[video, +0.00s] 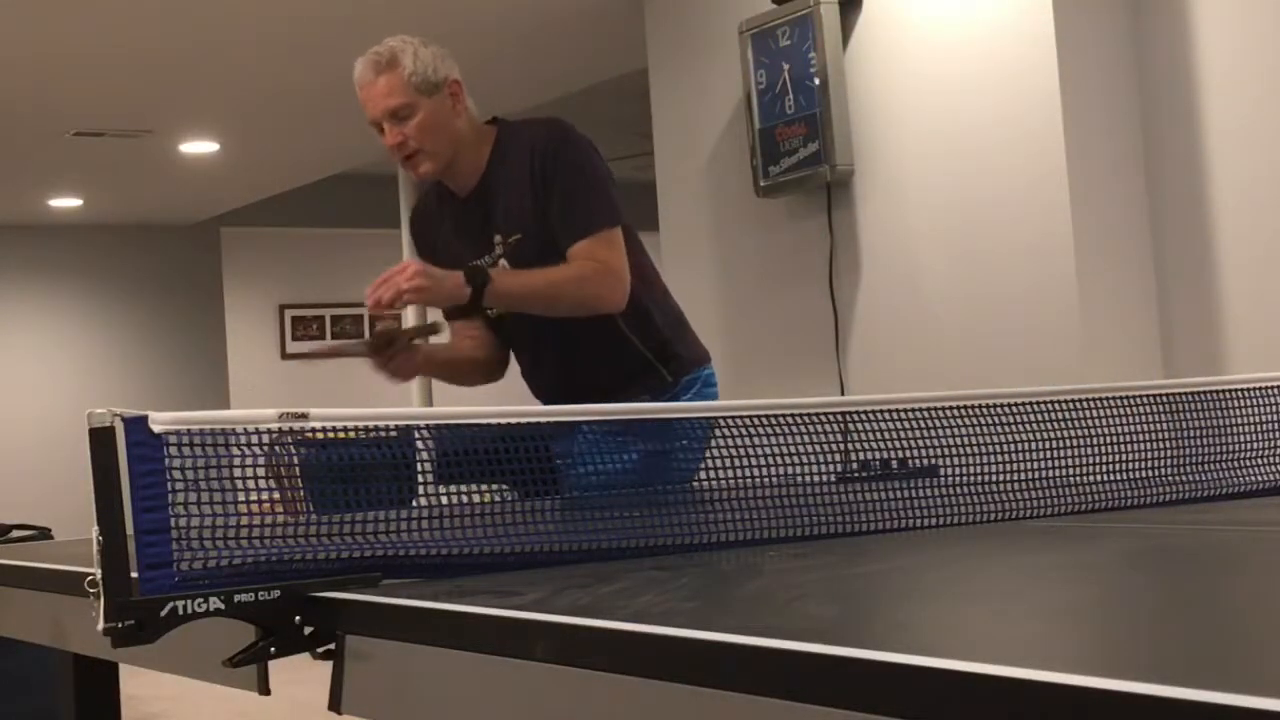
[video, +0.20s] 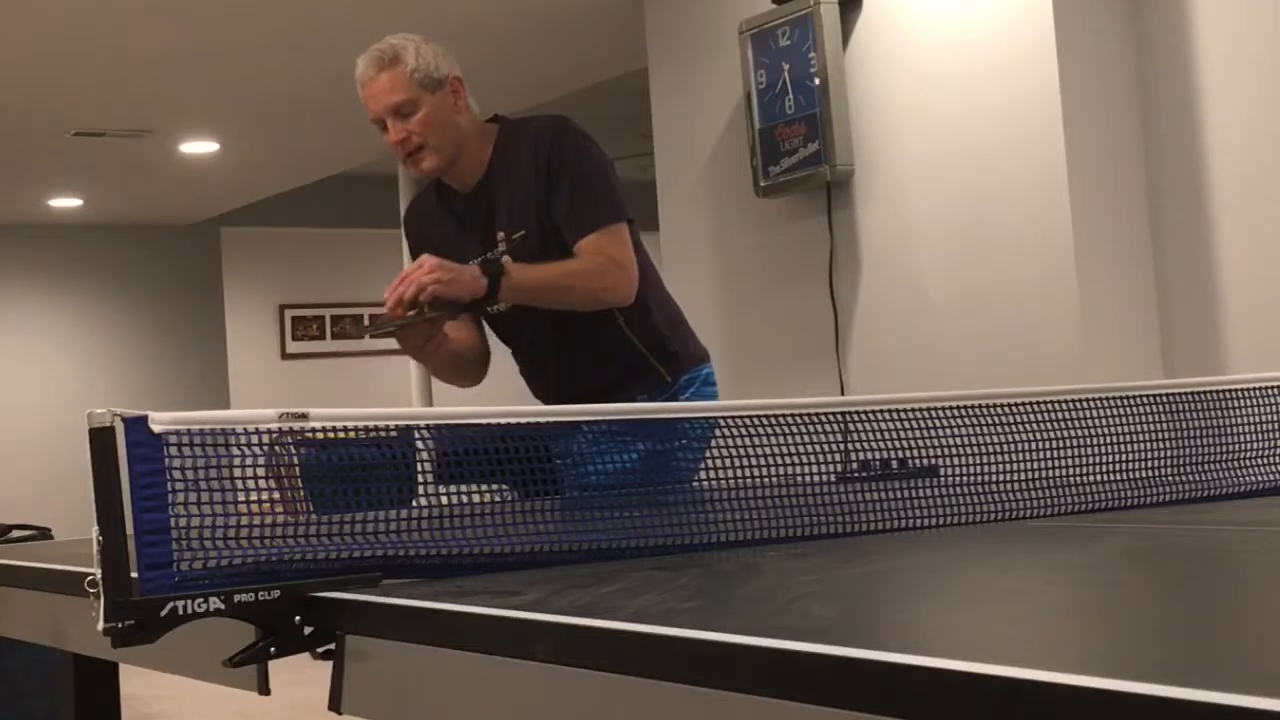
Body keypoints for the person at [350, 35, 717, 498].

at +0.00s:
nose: (392, 141)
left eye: (402, 115)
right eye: (380, 128)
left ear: (454, 96)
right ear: (375, 133)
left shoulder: (552, 149)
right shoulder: (432, 218)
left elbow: (606, 285)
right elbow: (486, 357)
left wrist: (465, 284)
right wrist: (421, 358)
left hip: (667, 394)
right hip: (578, 413)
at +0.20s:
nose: (396, 137)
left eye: (405, 112)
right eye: (382, 125)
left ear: (456, 93)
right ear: (379, 130)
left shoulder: (553, 145)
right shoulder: (426, 218)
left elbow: (615, 278)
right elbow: (471, 367)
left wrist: (482, 280)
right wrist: (426, 345)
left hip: (666, 391)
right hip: (576, 414)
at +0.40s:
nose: (402, 134)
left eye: (411, 109)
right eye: (387, 122)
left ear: (461, 92)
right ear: (382, 128)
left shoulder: (557, 145)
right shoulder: (427, 214)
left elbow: (621, 279)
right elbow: (473, 359)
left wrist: (492, 270)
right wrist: (416, 358)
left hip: (666, 392)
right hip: (576, 416)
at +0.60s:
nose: (402, 137)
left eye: (411, 112)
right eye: (387, 125)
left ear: (460, 92)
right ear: (382, 131)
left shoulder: (555, 145)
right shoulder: (423, 217)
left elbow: (612, 281)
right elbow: (478, 362)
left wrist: (481, 277)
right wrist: (420, 343)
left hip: (665, 394)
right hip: (573, 418)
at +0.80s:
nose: (403, 133)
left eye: (412, 108)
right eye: (386, 122)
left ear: (460, 91)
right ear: (382, 130)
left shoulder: (556, 145)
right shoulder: (420, 216)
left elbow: (615, 280)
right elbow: (472, 364)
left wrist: (487, 276)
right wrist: (419, 341)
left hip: (663, 392)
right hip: (570, 416)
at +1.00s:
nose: (405, 132)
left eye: (414, 108)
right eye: (388, 122)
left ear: (461, 92)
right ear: (382, 130)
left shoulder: (557, 145)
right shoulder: (419, 215)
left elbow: (617, 281)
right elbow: (473, 362)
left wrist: (491, 270)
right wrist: (432, 351)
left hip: (661, 394)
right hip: (567, 416)